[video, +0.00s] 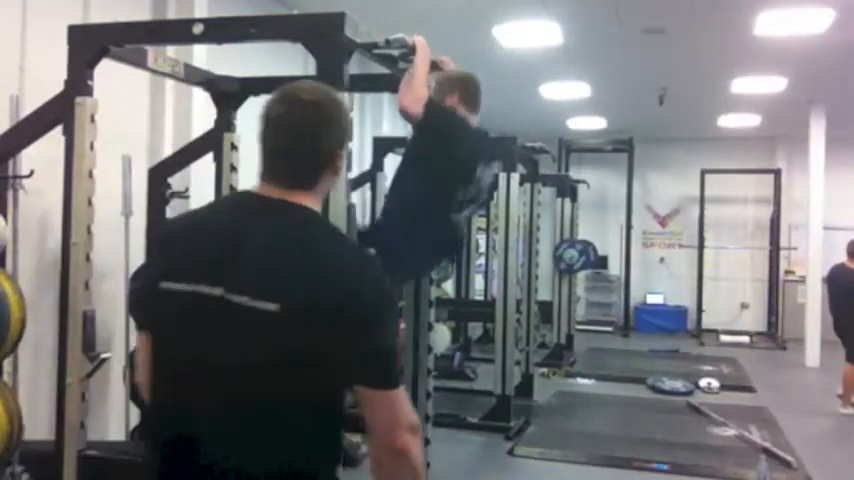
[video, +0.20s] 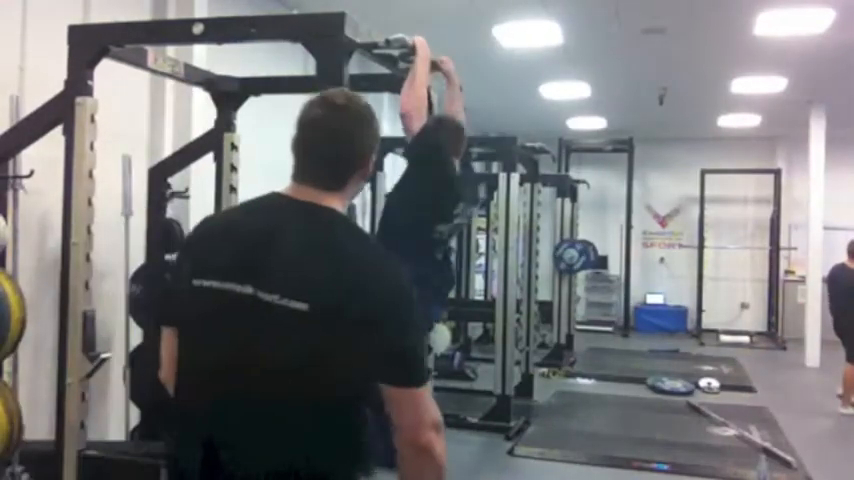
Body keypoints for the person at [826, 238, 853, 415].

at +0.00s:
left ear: (847, 253)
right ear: (852, 253)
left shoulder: (835, 271)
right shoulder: (842, 273)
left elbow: (833, 303)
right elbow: (835, 304)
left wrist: (837, 318)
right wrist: (839, 319)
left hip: (840, 323)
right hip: (848, 324)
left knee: (849, 358)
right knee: (850, 361)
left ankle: (845, 389)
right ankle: (847, 401)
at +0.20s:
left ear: (847, 253)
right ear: (851, 253)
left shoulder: (836, 271)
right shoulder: (842, 273)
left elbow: (833, 303)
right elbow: (835, 304)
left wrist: (837, 318)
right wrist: (839, 320)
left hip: (841, 323)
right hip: (848, 324)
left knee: (849, 358)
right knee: (850, 361)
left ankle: (845, 389)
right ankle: (847, 401)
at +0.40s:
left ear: (848, 253)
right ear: (851, 253)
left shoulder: (836, 271)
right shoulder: (842, 272)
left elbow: (833, 302)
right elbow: (835, 303)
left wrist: (837, 318)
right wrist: (838, 319)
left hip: (840, 323)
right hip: (848, 324)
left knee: (850, 358)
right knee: (850, 361)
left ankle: (845, 389)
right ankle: (847, 400)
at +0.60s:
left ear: (848, 253)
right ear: (852, 254)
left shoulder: (836, 271)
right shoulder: (843, 272)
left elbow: (833, 302)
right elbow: (836, 303)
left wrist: (837, 318)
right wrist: (839, 319)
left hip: (841, 323)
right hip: (848, 324)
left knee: (850, 358)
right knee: (850, 360)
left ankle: (845, 389)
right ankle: (847, 400)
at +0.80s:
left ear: (848, 254)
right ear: (851, 255)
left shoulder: (836, 271)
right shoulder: (843, 273)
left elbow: (834, 304)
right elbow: (837, 304)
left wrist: (838, 320)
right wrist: (840, 322)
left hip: (840, 323)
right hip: (848, 324)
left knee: (849, 358)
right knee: (850, 360)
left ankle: (845, 389)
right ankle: (847, 401)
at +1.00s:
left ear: (848, 253)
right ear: (851, 255)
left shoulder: (836, 272)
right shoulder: (843, 273)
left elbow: (833, 304)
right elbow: (837, 305)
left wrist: (838, 321)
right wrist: (841, 324)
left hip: (840, 325)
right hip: (847, 326)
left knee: (849, 359)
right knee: (850, 361)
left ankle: (845, 389)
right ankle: (847, 401)